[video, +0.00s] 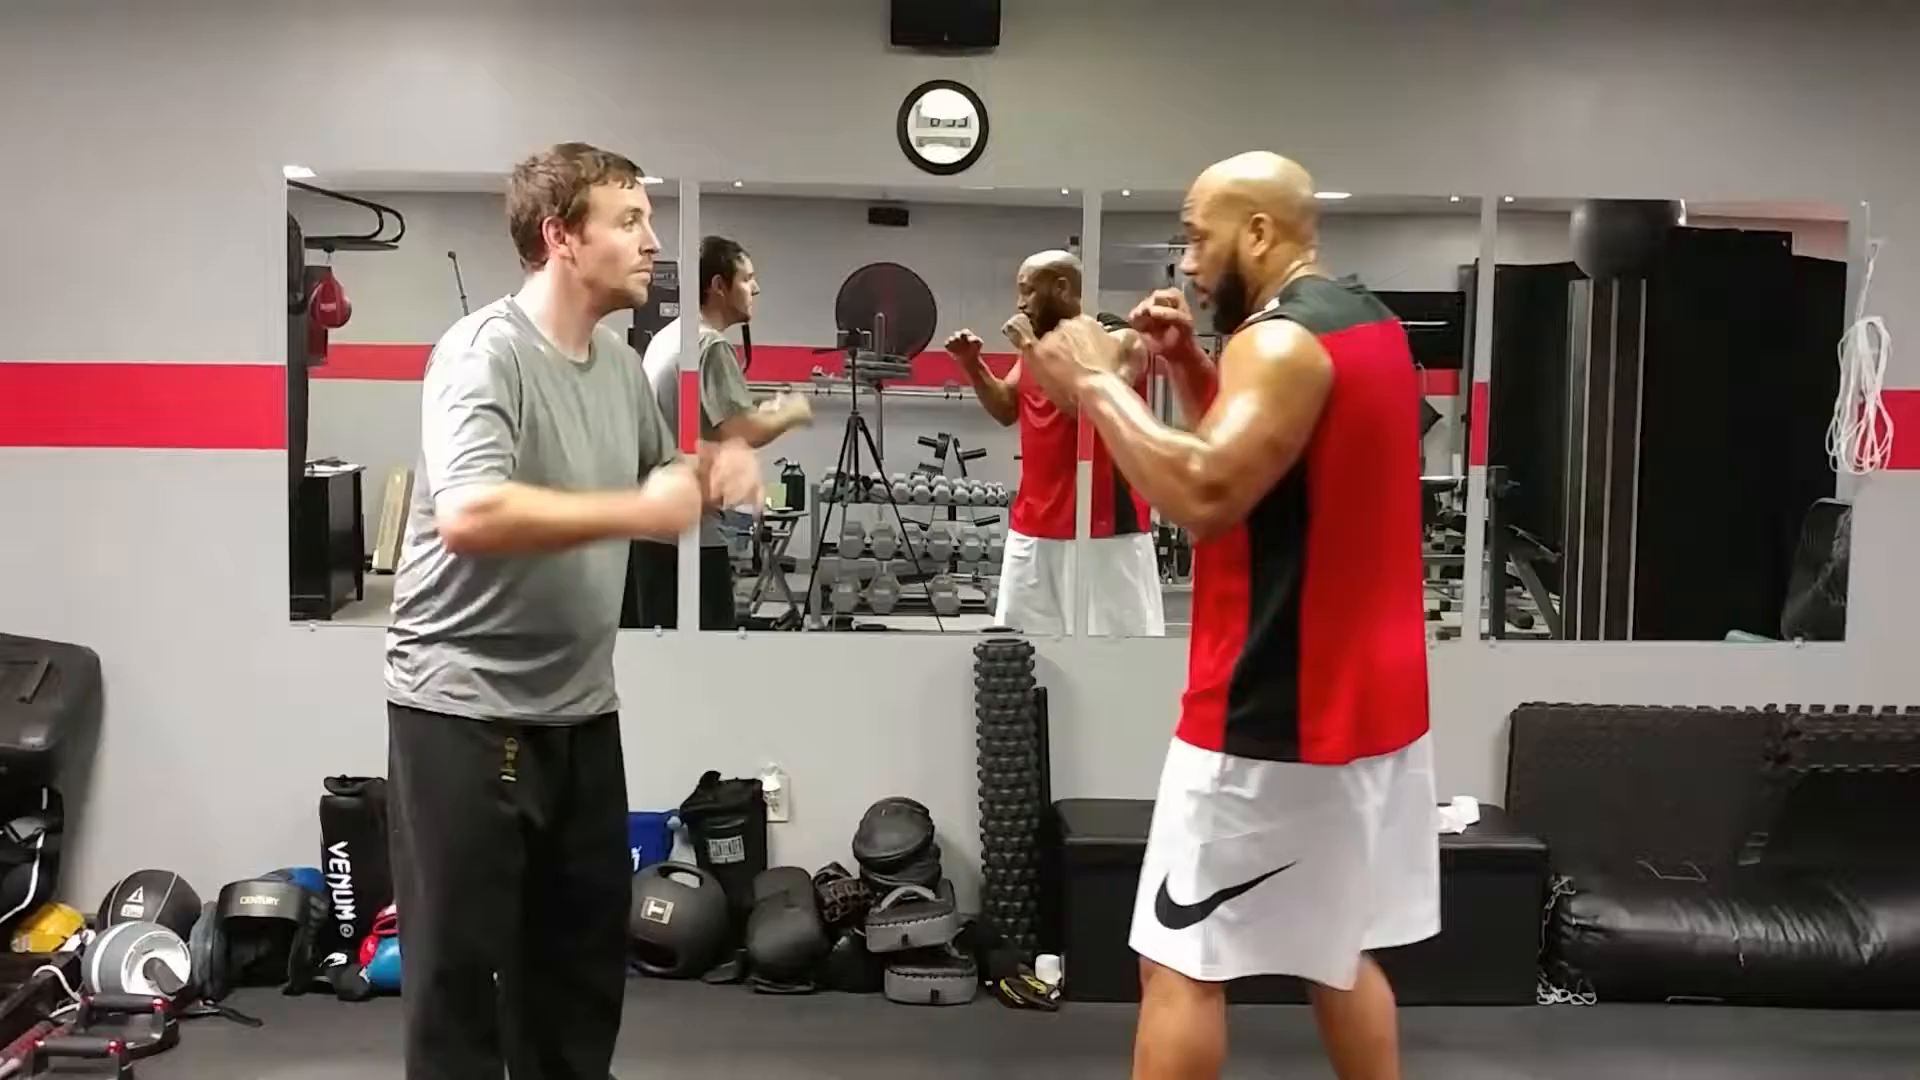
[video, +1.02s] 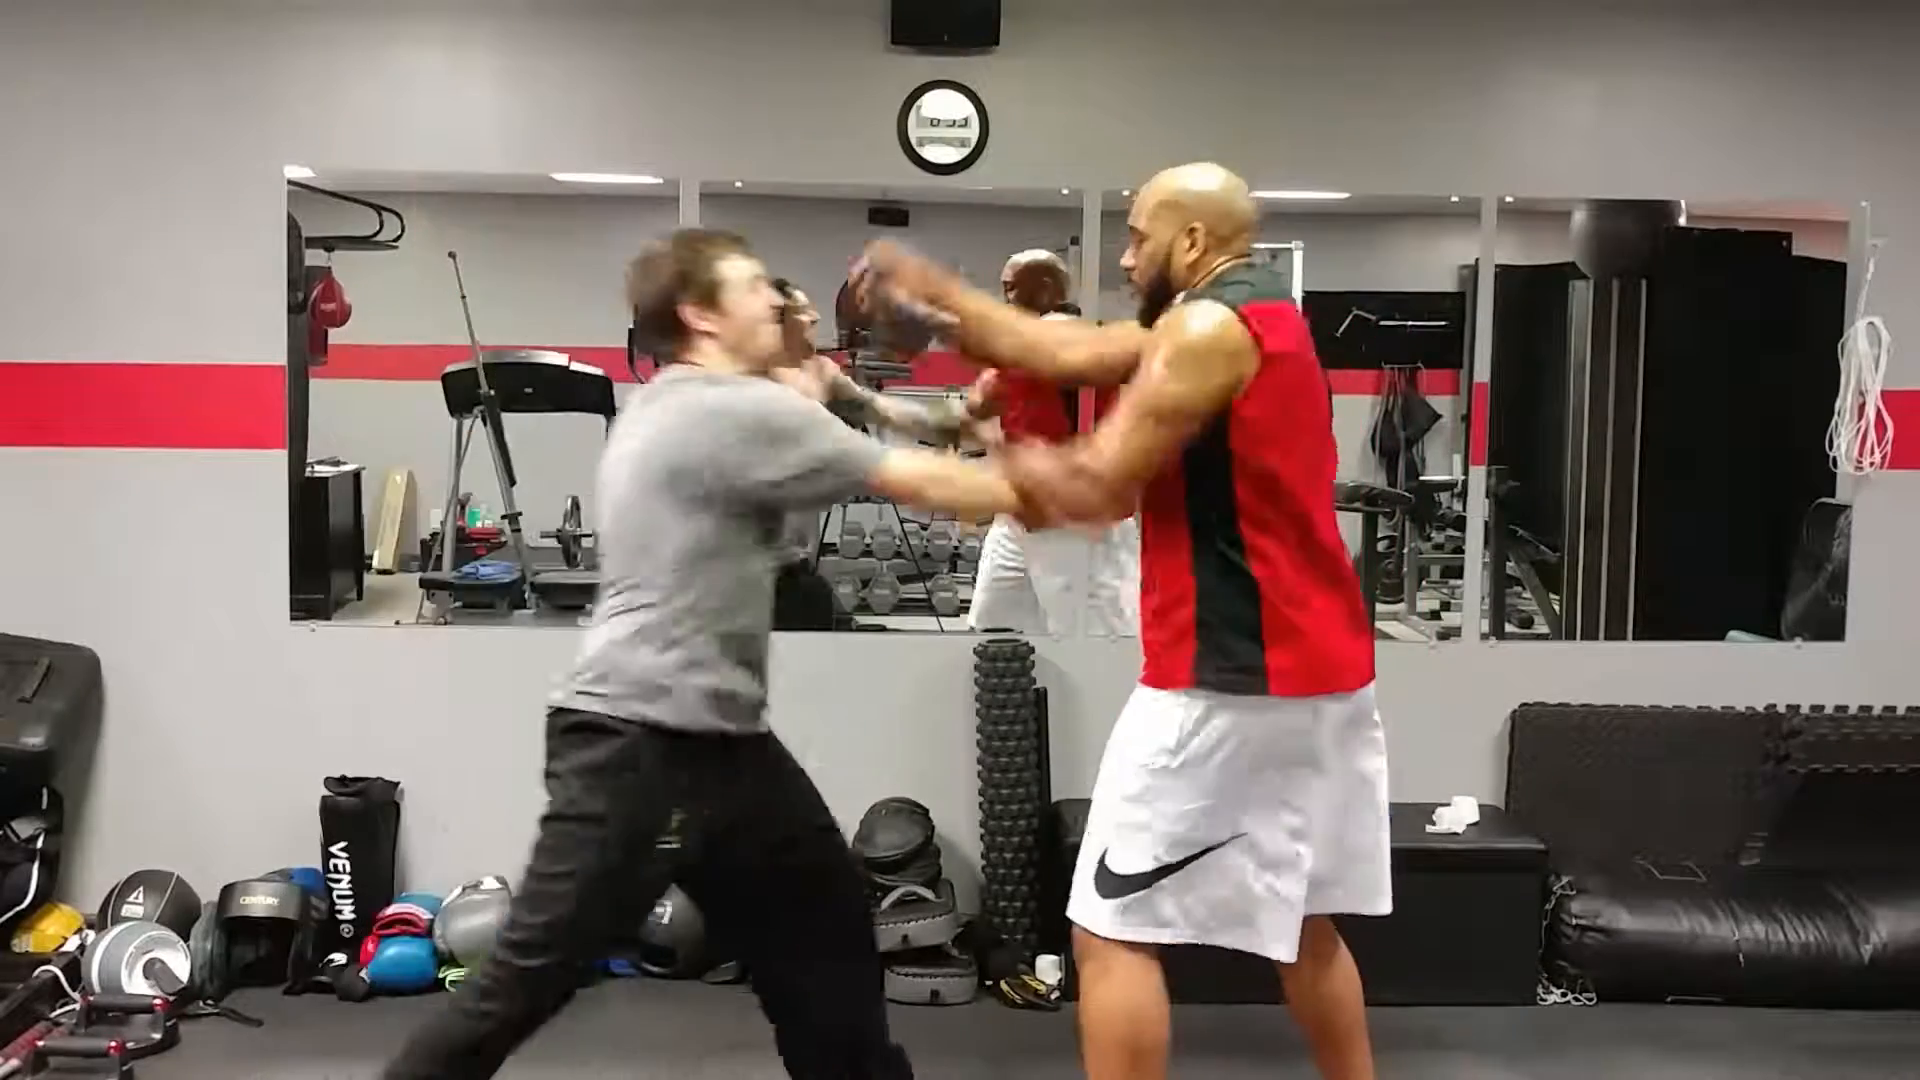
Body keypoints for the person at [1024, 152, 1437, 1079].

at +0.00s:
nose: (1185, 262)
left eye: (1196, 239)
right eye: (1185, 240)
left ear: (1257, 234)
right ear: (1277, 234)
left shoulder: (1284, 341)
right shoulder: (1368, 324)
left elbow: (1204, 497)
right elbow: (1257, 470)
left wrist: (1091, 385)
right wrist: (1184, 364)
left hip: (1262, 711)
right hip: (1370, 702)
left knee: (1179, 964)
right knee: (1340, 950)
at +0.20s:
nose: (1139, 263)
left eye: (1150, 242)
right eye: (1138, 243)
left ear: (1207, 242)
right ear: (1240, 243)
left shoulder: (1227, 349)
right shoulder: (1328, 325)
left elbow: (1116, 494)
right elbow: (1194, 465)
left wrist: (1064, 359)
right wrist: (1139, 342)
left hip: (1230, 708)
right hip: (1345, 699)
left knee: (1141, 957)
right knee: (1298, 963)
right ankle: (1351, 1077)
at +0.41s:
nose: (1126, 260)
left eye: (1139, 239)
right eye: (1126, 239)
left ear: (1200, 242)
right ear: (1223, 244)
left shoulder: (1228, 349)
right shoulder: (1295, 323)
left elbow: (1118, 492)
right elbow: (1158, 450)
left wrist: (1074, 352)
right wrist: (1119, 338)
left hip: (1220, 703)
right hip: (1317, 691)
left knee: (1135, 955)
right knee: (1280, 919)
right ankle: (1343, 1075)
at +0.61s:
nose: (1129, 256)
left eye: (1144, 237)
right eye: (1131, 236)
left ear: (1208, 241)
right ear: (1221, 243)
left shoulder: (1238, 346)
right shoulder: (1284, 326)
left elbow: (1151, 492)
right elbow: (1153, 421)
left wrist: (1072, 365)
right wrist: (1105, 348)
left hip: (1224, 701)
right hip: (1314, 690)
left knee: (1139, 951)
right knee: (1300, 933)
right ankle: (1345, 1078)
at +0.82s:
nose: (1129, 252)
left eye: (1144, 234)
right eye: (1133, 232)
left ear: (1204, 239)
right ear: (1219, 240)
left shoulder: (1224, 343)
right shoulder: (1281, 326)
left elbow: (1121, 479)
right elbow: (1142, 427)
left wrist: (1032, 345)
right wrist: (1098, 339)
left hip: (1210, 702)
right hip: (1302, 690)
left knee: (1142, 955)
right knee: (1295, 935)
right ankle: (1345, 1076)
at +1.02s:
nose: (1129, 258)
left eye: (1140, 238)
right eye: (1130, 238)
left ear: (1193, 240)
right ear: (1218, 242)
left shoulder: (1204, 331)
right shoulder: (1260, 319)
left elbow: (1095, 488)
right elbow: (1066, 347)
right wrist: (937, 291)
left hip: (1221, 674)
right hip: (1319, 666)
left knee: (1109, 926)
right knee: (1305, 924)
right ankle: (1354, 1076)